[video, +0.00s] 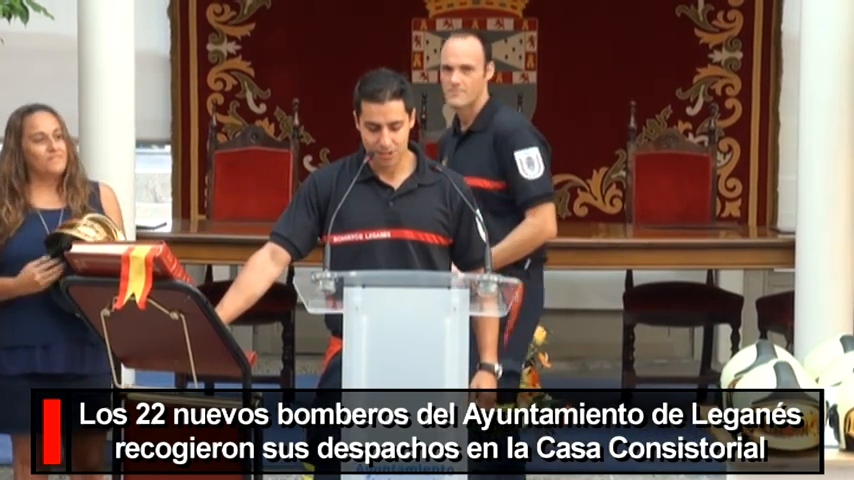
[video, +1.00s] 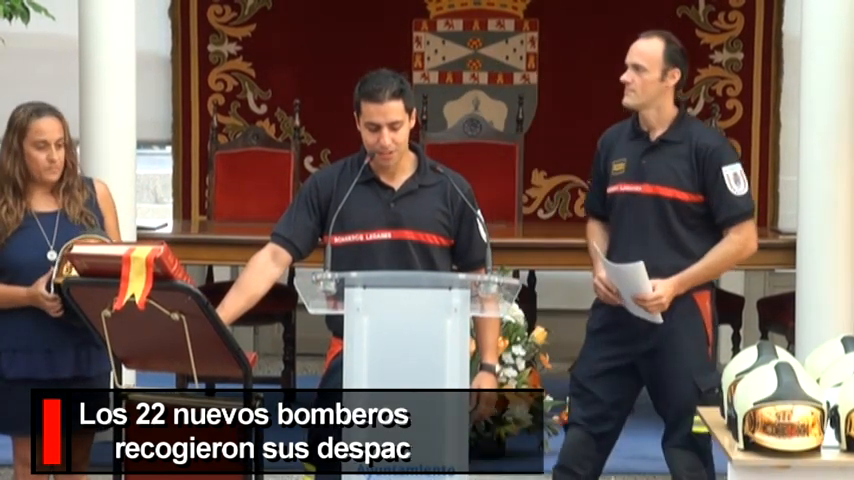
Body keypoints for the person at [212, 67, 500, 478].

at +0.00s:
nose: (384, 140)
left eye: (394, 127)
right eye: (373, 128)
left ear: (412, 120)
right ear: (357, 123)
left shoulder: (448, 189)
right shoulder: (328, 185)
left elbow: (480, 281)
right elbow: (273, 256)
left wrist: (488, 365)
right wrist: (214, 323)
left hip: (433, 351)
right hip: (354, 349)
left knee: (437, 466)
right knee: (329, 455)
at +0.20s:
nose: (384, 140)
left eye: (394, 127)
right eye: (373, 128)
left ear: (413, 121)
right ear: (358, 123)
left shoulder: (450, 189)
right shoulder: (329, 185)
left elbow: (480, 281)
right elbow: (273, 256)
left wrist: (489, 366)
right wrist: (214, 324)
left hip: (434, 352)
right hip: (354, 351)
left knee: (437, 469)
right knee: (331, 461)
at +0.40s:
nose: (384, 141)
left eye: (395, 127)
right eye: (373, 128)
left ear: (413, 121)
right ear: (358, 124)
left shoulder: (451, 191)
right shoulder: (329, 186)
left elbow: (481, 282)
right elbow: (273, 257)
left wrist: (489, 366)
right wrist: (214, 324)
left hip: (434, 354)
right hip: (353, 353)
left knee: (435, 471)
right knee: (333, 467)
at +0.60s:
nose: (384, 141)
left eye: (395, 127)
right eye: (373, 128)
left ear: (413, 121)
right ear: (358, 124)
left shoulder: (452, 191)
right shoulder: (329, 186)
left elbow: (481, 282)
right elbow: (274, 257)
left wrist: (489, 366)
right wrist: (214, 324)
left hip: (434, 353)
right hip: (354, 352)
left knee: (437, 469)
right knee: (333, 464)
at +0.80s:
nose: (385, 141)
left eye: (395, 127)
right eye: (373, 129)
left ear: (413, 121)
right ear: (358, 124)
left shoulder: (452, 191)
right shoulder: (329, 186)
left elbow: (481, 283)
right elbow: (273, 257)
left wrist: (489, 367)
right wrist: (214, 325)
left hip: (434, 354)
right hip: (355, 353)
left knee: (437, 468)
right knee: (333, 462)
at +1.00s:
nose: (384, 140)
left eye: (394, 127)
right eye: (373, 128)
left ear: (413, 121)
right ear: (357, 124)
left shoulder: (452, 191)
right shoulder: (329, 186)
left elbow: (482, 283)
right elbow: (273, 257)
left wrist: (489, 366)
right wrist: (214, 326)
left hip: (433, 354)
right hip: (354, 353)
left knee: (433, 466)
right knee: (332, 462)